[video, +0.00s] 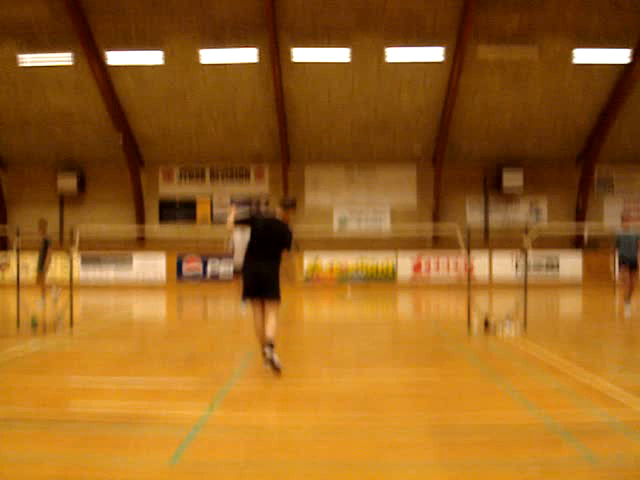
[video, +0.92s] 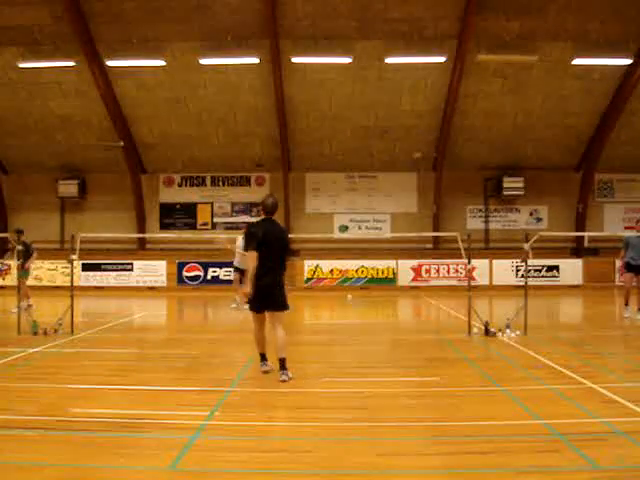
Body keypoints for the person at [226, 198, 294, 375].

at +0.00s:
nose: (289, 216)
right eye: (290, 213)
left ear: (275, 208)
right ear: (287, 213)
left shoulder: (258, 220)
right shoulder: (285, 230)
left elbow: (232, 225)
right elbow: (287, 254)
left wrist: (232, 213)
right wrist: (292, 277)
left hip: (252, 272)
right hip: (270, 274)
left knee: (258, 311)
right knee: (271, 309)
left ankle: (264, 349)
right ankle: (269, 343)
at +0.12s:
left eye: (276, 207)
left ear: (274, 208)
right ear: (289, 212)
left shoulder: (257, 225)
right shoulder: (284, 229)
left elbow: (231, 228)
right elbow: (268, 222)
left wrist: (227, 209)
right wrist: (257, 209)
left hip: (255, 275)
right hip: (273, 275)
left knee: (261, 319)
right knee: (277, 315)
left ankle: (267, 361)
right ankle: (281, 346)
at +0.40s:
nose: (269, 209)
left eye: (268, 206)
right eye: (277, 206)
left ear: (266, 208)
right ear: (281, 208)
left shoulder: (261, 227)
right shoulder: (281, 224)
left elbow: (248, 248)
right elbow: (261, 218)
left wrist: (228, 235)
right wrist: (249, 208)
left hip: (260, 275)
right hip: (277, 274)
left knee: (264, 317)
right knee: (279, 314)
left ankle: (268, 360)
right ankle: (290, 346)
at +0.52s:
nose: (263, 208)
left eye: (264, 204)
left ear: (263, 207)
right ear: (278, 207)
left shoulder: (262, 227)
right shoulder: (281, 224)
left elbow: (260, 256)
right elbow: (258, 220)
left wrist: (239, 259)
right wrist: (244, 209)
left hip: (262, 277)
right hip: (278, 276)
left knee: (264, 317)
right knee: (279, 314)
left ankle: (268, 358)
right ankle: (284, 346)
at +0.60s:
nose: (263, 209)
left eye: (263, 205)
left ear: (263, 207)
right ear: (278, 208)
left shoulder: (262, 227)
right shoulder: (281, 225)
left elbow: (263, 257)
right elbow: (260, 223)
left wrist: (245, 272)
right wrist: (246, 215)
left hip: (262, 277)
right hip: (278, 276)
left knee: (264, 318)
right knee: (280, 316)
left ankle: (268, 359)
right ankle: (284, 351)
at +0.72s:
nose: (263, 210)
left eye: (263, 207)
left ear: (262, 209)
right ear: (278, 210)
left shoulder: (259, 229)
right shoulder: (282, 229)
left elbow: (261, 260)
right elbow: (284, 257)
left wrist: (261, 286)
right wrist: (281, 279)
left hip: (262, 281)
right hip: (278, 281)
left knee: (263, 321)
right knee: (279, 320)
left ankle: (267, 360)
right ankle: (283, 361)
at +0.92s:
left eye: (262, 207)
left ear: (261, 209)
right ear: (276, 210)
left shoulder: (253, 229)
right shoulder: (281, 231)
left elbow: (252, 260)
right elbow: (284, 260)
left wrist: (248, 283)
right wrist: (283, 280)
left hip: (258, 282)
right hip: (276, 282)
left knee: (259, 322)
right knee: (278, 323)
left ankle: (263, 360)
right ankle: (283, 367)